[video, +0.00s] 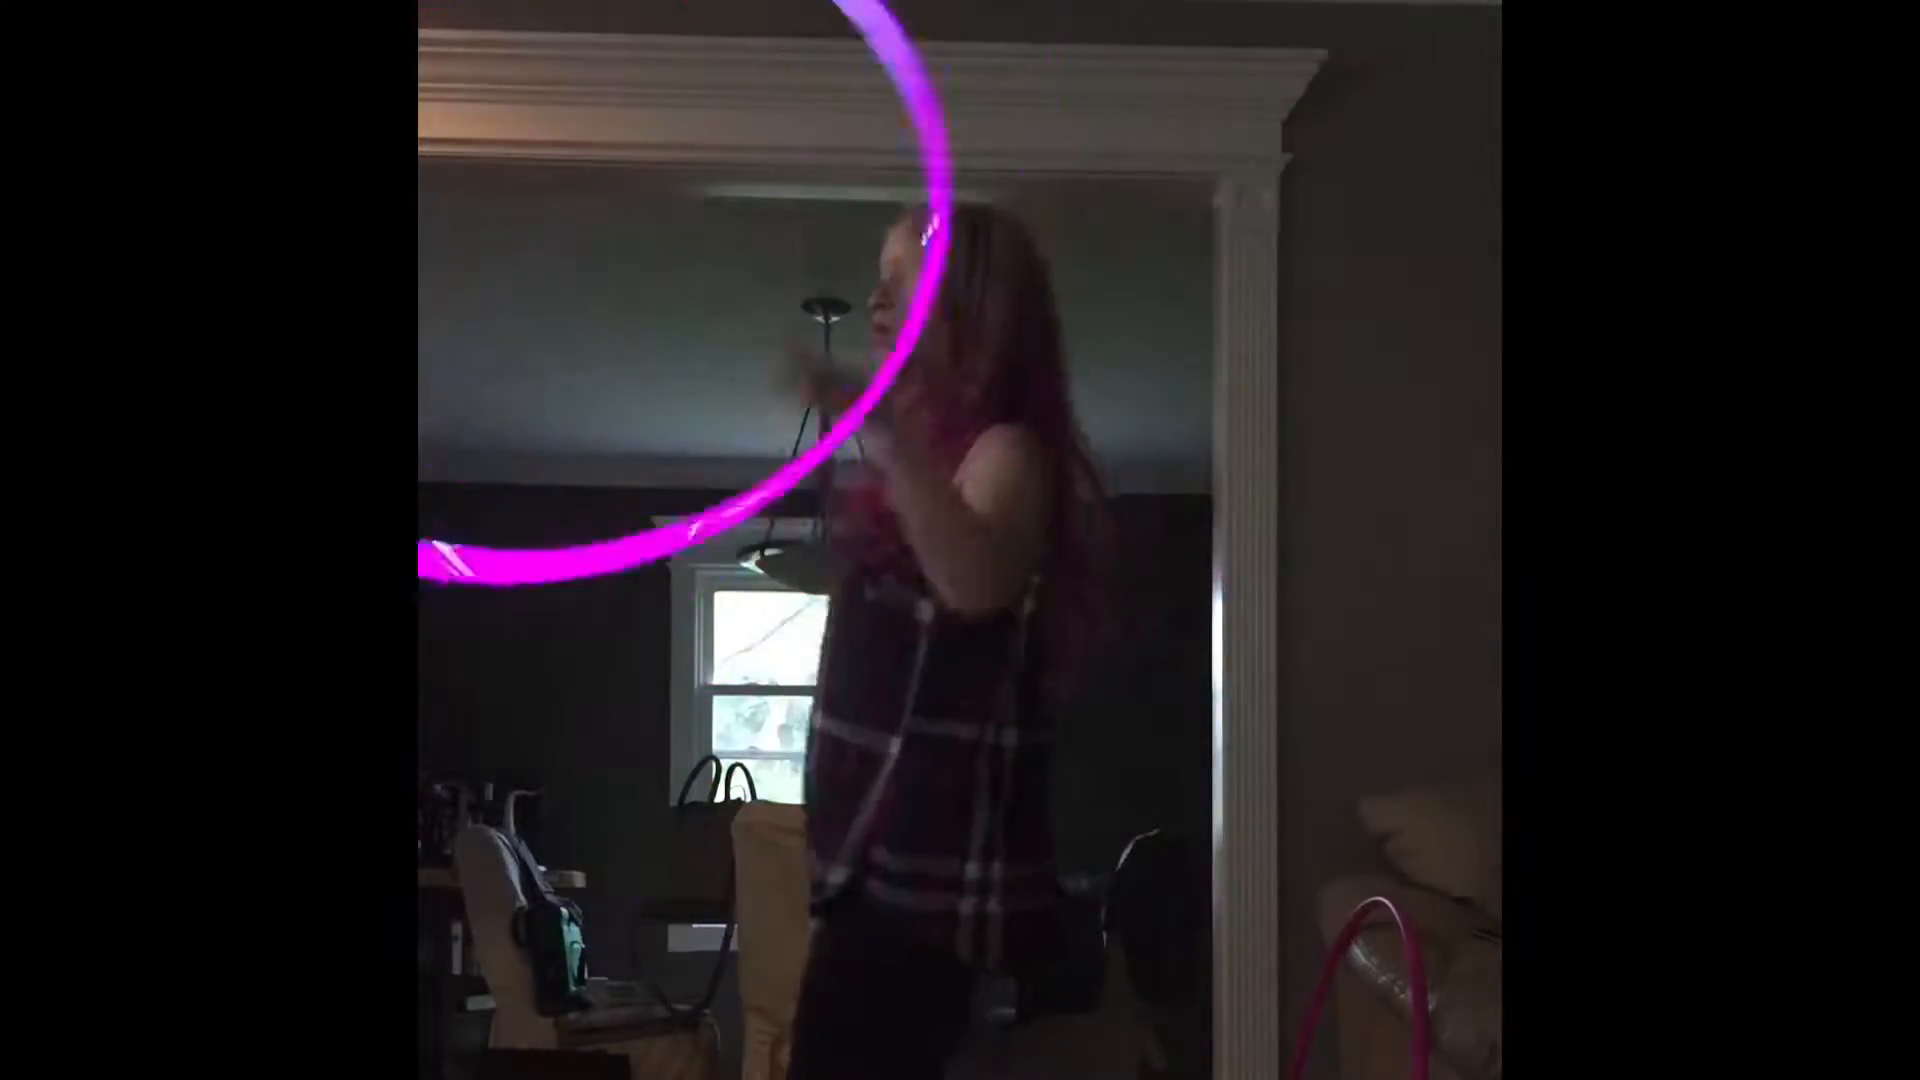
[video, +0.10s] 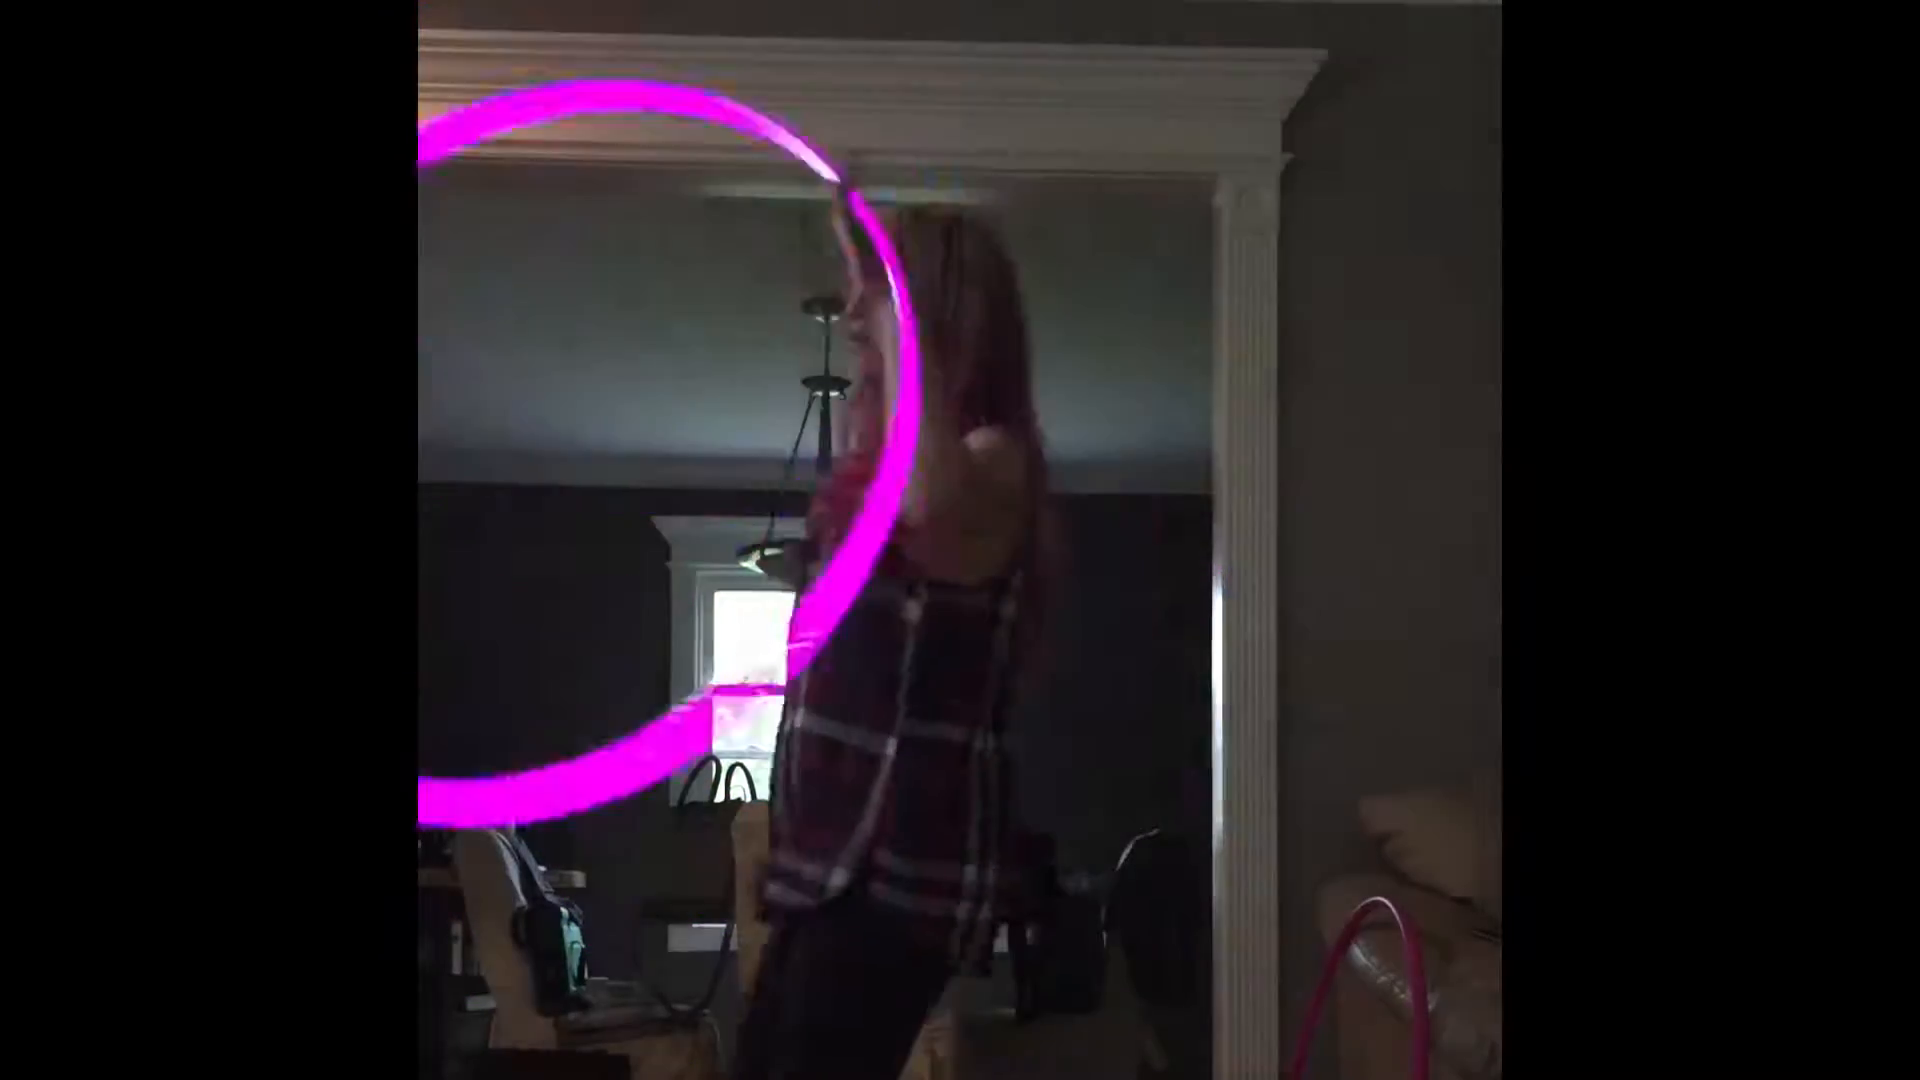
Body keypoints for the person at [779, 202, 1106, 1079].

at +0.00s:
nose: (879, 316)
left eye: (901, 296)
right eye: (881, 295)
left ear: (971, 310)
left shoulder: (1008, 447)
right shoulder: (937, 442)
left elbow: (980, 582)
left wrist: (898, 436)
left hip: (930, 879)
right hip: (878, 861)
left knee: (848, 1058)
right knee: (842, 1053)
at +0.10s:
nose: (850, 315)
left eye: (875, 292)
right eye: (851, 294)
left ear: (946, 310)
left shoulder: (993, 456)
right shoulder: (889, 457)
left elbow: (928, 515)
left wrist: (900, 359)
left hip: (901, 876)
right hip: (831, 859)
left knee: (812, 1063)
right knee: (766, 1058)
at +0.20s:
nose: (824, 312)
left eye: (849, 286)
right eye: (822, 289)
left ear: (922, 310)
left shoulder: (976, 450)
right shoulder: (833, 467)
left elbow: (845, 441)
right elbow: (809, 688)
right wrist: (739, 803)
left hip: (885, 884)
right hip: (787, 864)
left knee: (807, 1061)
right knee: (703, 1054)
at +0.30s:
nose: (796, 296)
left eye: (820, 276)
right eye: (793, 278)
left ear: (892, 292)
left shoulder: (954, 443)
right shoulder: (814, 464)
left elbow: (794, 491)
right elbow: (790, 688)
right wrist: (707, 793)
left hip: (892, 868)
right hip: (771, 850)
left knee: (821, 1065)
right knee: (677, 1059)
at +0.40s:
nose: (772, 284)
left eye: (797, 265)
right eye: (767, 268)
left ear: (865, 283)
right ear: (763, 289)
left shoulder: (928, 434)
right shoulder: (782, 447)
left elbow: (801, 575)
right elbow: (765, 670)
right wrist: (702, 802)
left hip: (869, 863)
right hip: (746, 847)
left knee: (810, 1063)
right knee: (679, 1061)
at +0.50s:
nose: (756, 271)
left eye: (784, 253)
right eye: (748, 256)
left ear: (846, 279)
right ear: (737, 280)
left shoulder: (903, 430)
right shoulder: (749, 438)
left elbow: (883, 622)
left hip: (844, 842)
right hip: (719, 832)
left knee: (789, 1061)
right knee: (668, 1053)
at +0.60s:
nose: (758, 266)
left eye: (787, 250)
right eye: (745, 252)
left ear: (842, 279)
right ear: (728, 280)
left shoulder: (897, 431)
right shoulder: (721, 440)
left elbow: (991, 614)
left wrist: (824, 656)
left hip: (837, 856)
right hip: (696, 844)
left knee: (786, 1062)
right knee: (657, 1057)